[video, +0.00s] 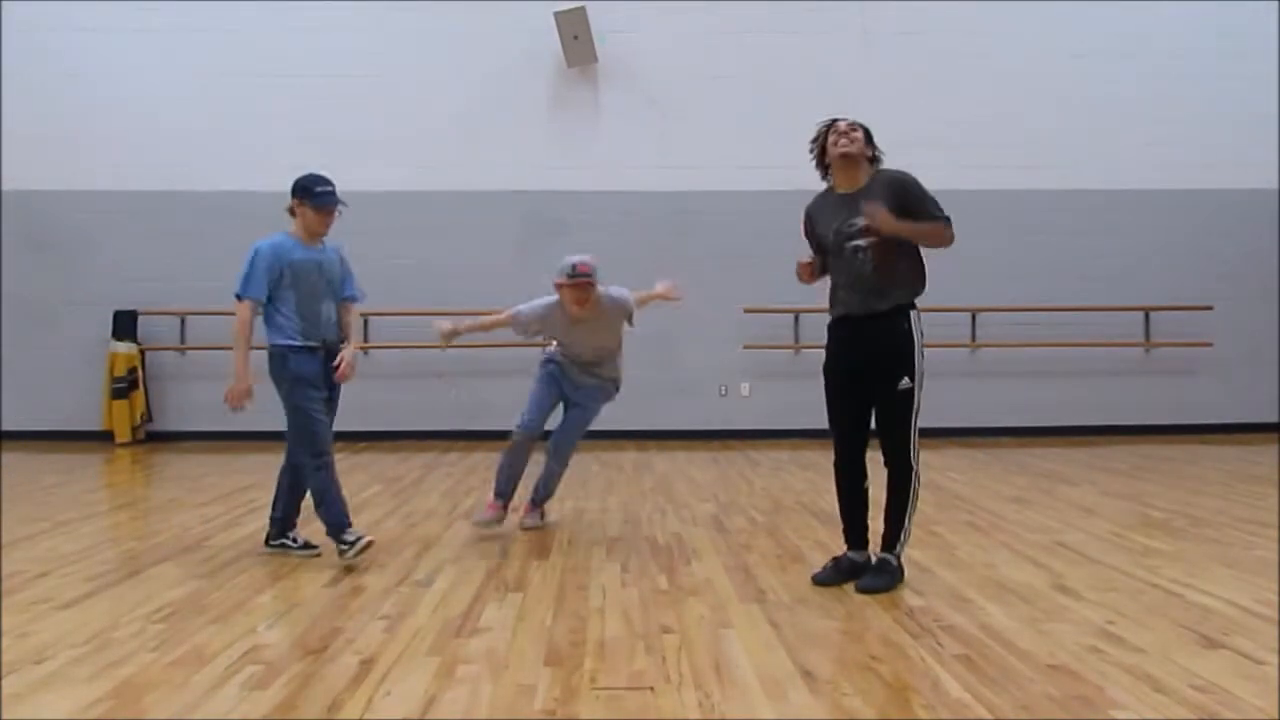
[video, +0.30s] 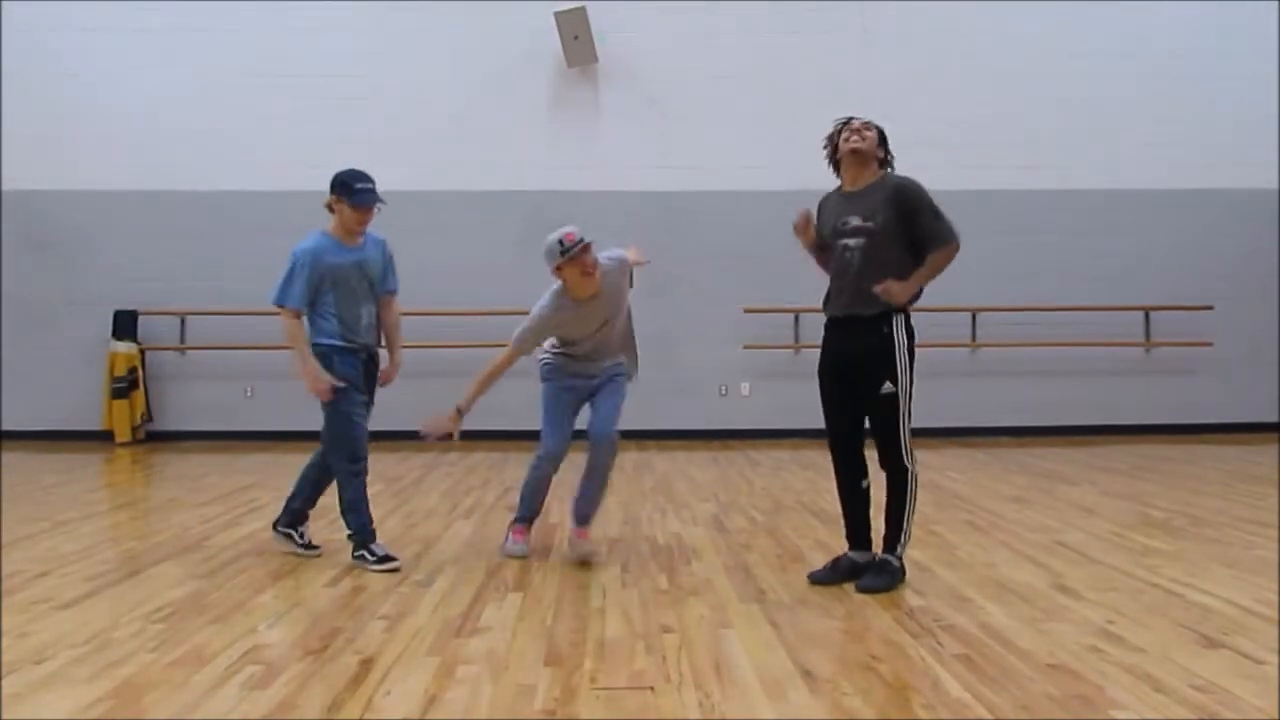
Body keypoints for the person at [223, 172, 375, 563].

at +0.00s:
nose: (329, 219)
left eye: (332, 211)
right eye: (321, 211)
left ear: (335, 211)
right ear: (297, 208)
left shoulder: (333, 254)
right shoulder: (270, 251)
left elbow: (348, 306)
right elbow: (245, 312)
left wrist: (351, 344)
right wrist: (242, 375)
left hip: (329, 356)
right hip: (291, 356)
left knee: (305, 445)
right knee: (317, 442)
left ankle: (280, 530)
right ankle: (342, 532)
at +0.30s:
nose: (366, 216)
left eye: (370, 208)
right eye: (358, 208)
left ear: (375, 207)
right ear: (334, 205)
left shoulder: (377, 248)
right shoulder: (312, 253)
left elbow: (388, 303)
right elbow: (290, 316)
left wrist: (394, 354)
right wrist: (312, 372)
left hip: (369, 358)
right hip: (333, 358)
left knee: (337, 449)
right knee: (352, 452)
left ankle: (290, 520)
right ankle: (362, 542)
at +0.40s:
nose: (380, 215)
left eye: (385, 207)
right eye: (372, 207)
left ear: (390, 207)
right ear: (349, 204)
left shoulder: (389, 247)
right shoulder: (327, 252)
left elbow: (398, 302)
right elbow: (306, 314)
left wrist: (402, 354)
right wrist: (332, 369)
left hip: (382, 358)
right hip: (347, 358)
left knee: (379, 447)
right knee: (360, 448)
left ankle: (313, 505)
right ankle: (364, 542)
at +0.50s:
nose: (397, 215)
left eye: (402, 207)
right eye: (389, 207)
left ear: (407, 207)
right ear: (366, 202)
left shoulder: (399, 246)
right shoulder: (343, 249)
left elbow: (404, 298)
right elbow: (311, 309)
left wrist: (413, 342)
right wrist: (345, 358)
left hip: (397, 358)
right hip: (361, 360)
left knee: (410, 441)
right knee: (371, 448)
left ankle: (349, 499)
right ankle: (365, 542)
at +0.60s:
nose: (414, 215)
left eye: (420, 207)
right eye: (407, 206)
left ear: (424, 206)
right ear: (384, 201)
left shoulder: (407, 244)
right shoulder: (359, 245)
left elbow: (404, 290)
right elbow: (314, 293)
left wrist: (418, 321)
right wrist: (354, 335)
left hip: (410, 354)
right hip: (374, 358)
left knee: (431, 435)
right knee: (375, 447)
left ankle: (398, 521)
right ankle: (364, 542)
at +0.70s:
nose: (429, 216)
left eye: (435, 208)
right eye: (422, 207)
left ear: (439, 208)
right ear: (399, 201)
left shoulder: (417, 244)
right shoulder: (376, 240)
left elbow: (407, 294)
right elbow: (325, 284)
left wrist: (428, 325)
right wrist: (369, 326)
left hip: (421, 357)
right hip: (385, 359)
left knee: (441, 435)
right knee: (375, 447)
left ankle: (454, 527)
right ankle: (364, 542)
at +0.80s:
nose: (445, 220)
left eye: (450, 212)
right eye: (438, 211)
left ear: (455, 213)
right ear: (415, 205)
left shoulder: (432, 250)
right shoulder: (388, 245)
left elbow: (429, 303)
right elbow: (348, 293)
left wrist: (447, 331)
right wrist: (400, 307)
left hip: (435, 364)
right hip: (396, 366)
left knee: (457, 447)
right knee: (380, 451)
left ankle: (481, 531)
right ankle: (364, 542)